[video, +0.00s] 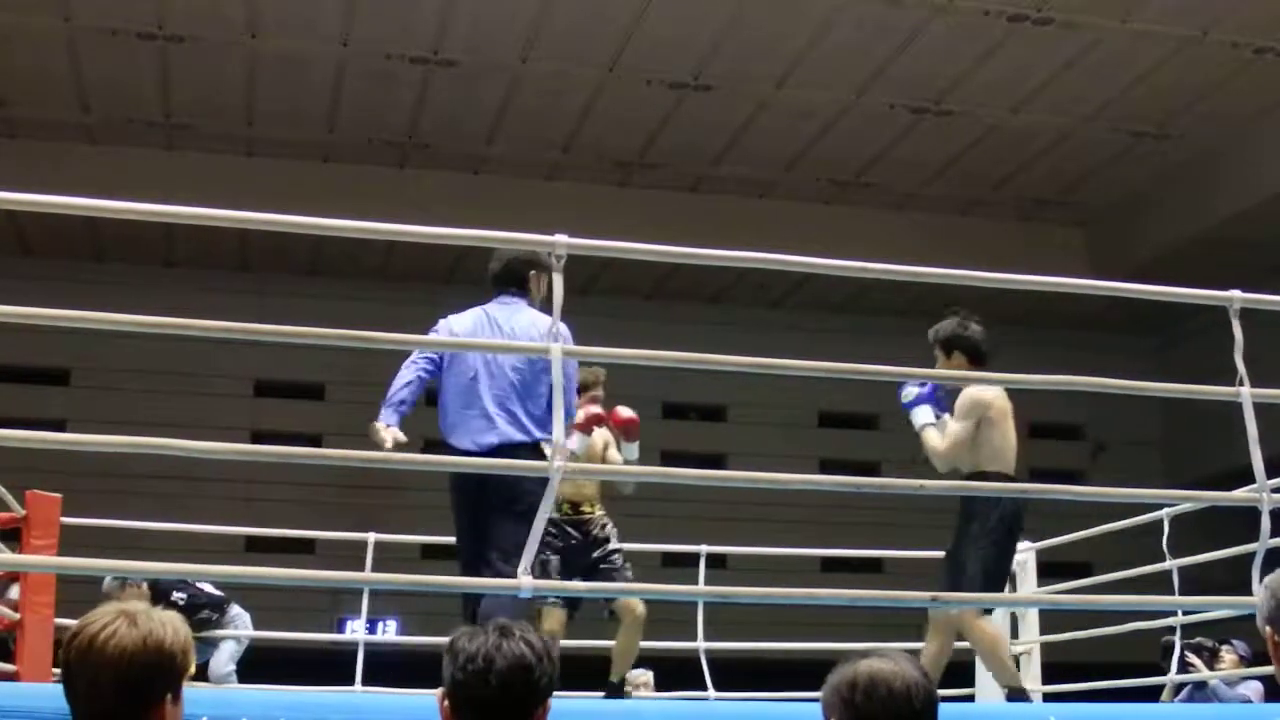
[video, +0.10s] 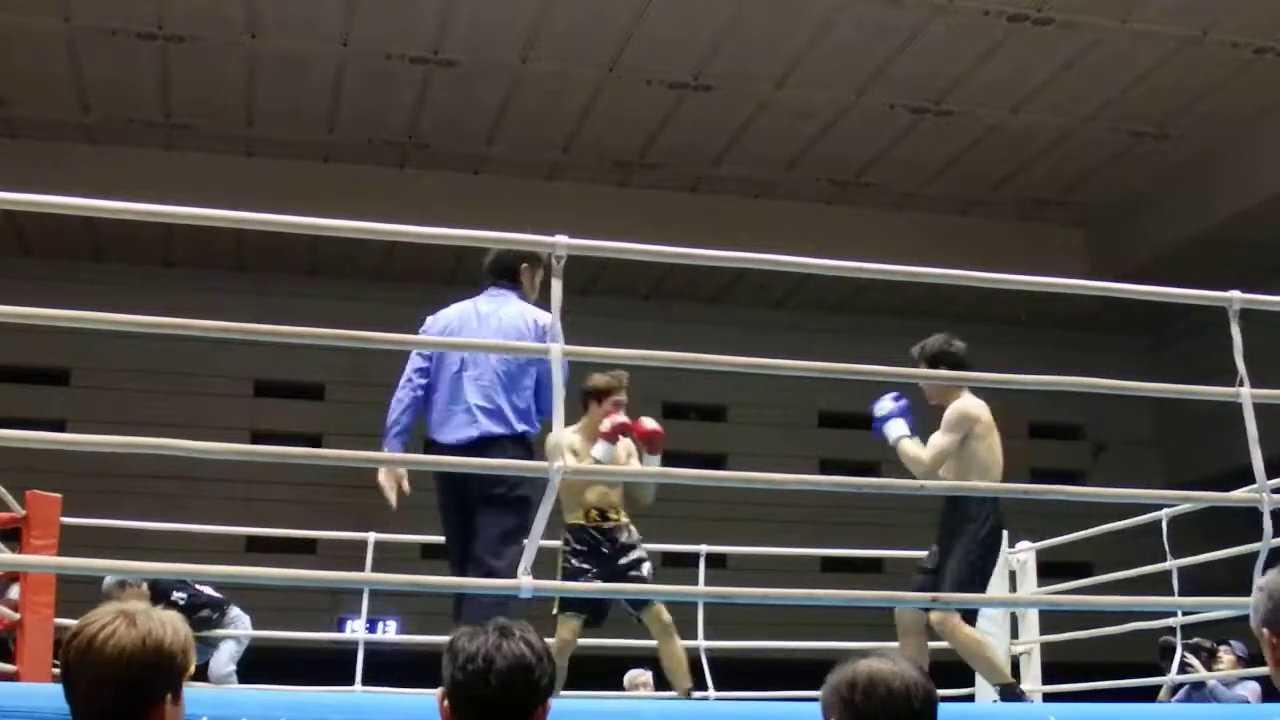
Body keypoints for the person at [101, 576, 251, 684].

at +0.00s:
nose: (123, 606)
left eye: (122, 599)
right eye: (118, 602)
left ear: (134, 588)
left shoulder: (173, 595)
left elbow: (222, 602)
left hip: (233, 620)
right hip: (204, 625)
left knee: (219, 671)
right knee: (173, 662)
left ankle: (236, 712)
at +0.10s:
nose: (126, 607)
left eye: (124, 600)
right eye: (121, 603)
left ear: (134, 588)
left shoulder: (171, 595)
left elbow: (220, 605)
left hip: (233, 622)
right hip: (204, 628)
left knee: (219, 671)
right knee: (174, 664)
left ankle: (237, 712)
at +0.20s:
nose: (124, 607)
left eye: (122, 600)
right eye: (119, 603)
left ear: (135, 586)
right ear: (136, 586)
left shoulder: (168, 592)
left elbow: (218, 606)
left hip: (231, 624)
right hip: (205, 630)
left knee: (217, 670)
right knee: (173, 665)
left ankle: (235, 712)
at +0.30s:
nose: (126, 607)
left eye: (123, 601)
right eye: (120, 604)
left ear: (134, 586)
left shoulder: (167, 592)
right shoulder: (148, 602)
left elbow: (216, 606)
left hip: (230, 623)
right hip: (202, 630)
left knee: (218, 671)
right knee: (176, 667)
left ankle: (236, 711)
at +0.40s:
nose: (124, 608)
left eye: (123, 601)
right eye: (118, 605)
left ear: (134, 588)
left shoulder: (163, 591)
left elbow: (214, 608)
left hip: (230, 621)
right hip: (202, 630)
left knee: (218, 669)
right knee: (177, 667)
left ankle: (236, 710)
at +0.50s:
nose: (123, 612)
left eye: (122, 604)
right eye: (117, 607)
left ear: (133, 590)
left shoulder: (160, 591)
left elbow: (212, 606)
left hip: (230, 620)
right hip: (203, 627)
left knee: (218, 668)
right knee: (178, 666)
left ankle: (237, 710)